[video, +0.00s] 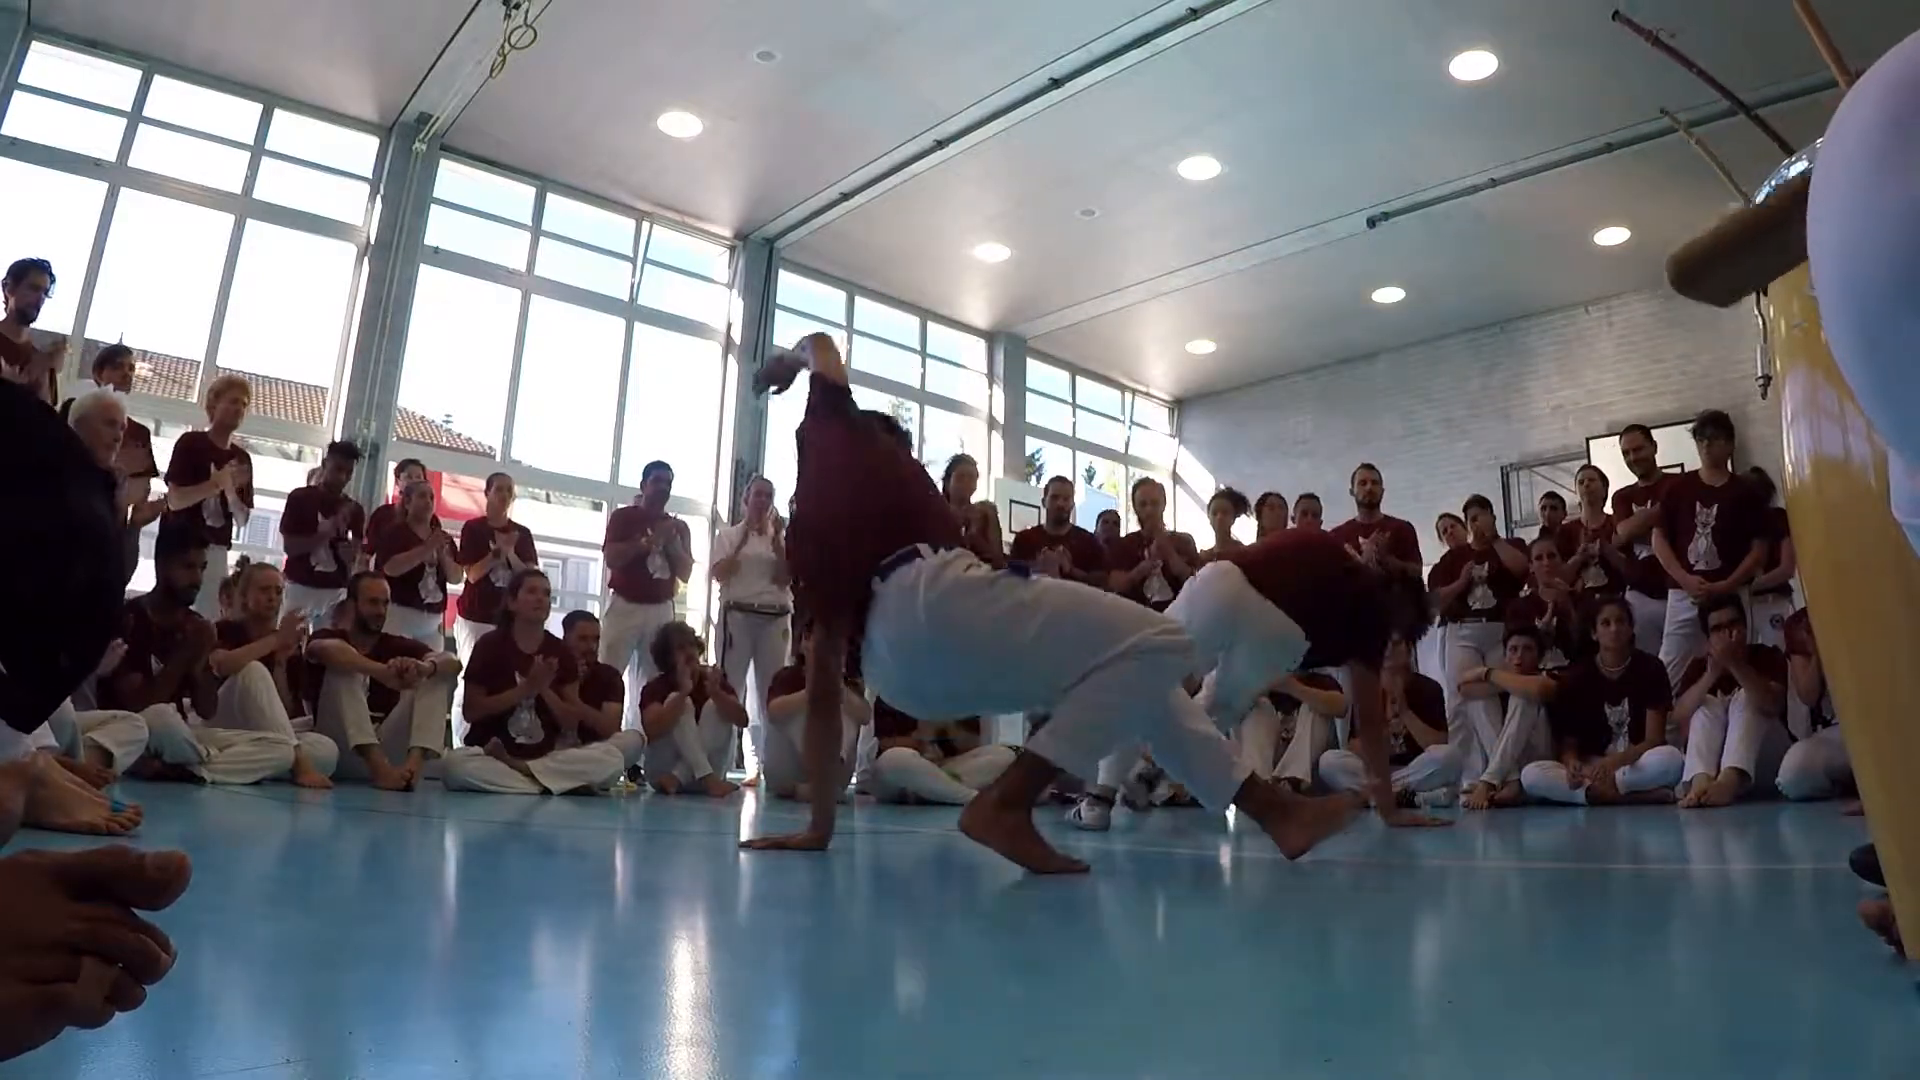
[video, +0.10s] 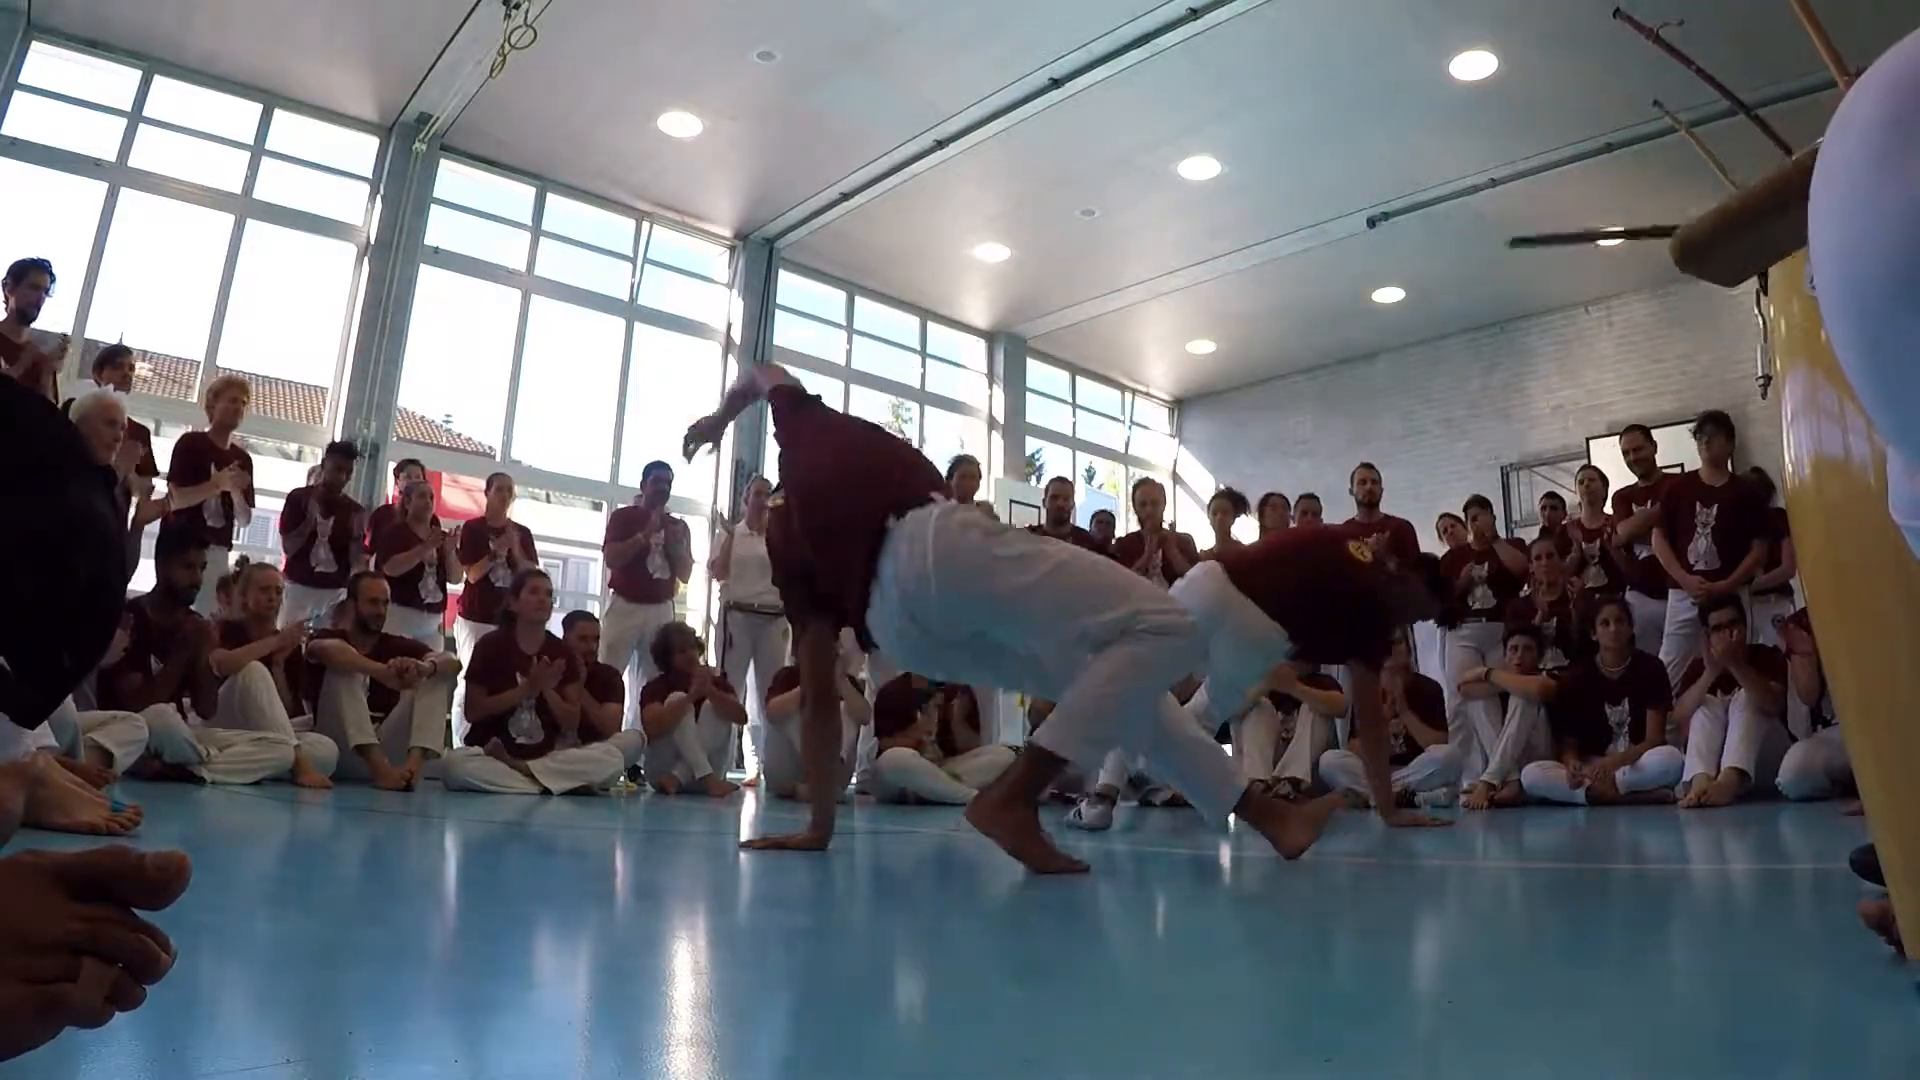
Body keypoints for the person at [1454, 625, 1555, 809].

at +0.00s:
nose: (1519, 656)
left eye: (1527, 650)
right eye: (1513, 649)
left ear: (1539, 655)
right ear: (1506, 655)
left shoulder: (1550, 677)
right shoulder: (1502, 678)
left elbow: (1539, 690)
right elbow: (1465, 688)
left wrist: (1488, 673)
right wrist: (1515, 682)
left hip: (1543, 759)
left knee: (1524, 692)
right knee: (1477, 695)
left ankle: (1490, 779)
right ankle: (1510, 780)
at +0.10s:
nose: (1519, 656)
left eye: (1527, 650)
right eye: (1513, 649)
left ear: (1539, 655)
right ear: (1506, 655)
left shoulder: (1550, 677)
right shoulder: (1501, 677)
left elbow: (1539, 691)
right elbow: (1465, 688)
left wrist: (1488, 673)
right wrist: (1515, 682)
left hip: (1543, 759)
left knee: (1524, 693)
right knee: (1477, 695)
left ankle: (1490, 780)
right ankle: (1510, 780)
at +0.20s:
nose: (1520, 655)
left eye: (1528, 649)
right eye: (1514, 649)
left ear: (1539, 655)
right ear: (1506, 655)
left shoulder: (1550, 677)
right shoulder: (1501, 678)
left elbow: (1541, 691)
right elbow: (1465, 688)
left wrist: (1488, 673)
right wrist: (1515, 681)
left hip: (1543, 759)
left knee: (1524, 692)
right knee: (1477, 696)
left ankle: (1490, 779)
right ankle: (1510, 780)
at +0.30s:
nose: (1520, 655)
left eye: (1528, 649)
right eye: (1514, 649)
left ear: (1539, 654)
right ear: (1506, 655)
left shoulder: (1551, 675)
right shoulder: (1502, 678)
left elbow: (1541, 690)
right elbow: (1465, 689)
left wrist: (1488, 673)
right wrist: (1515, 681)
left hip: (1543, 759)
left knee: (1524, 691)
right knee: (1477, 696)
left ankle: (1490, 780)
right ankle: (1510, 780)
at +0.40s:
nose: (1519, 655)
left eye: (1527, 649)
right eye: (1513, 649)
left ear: (1539, 654)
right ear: (1506, 654)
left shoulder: (1550, 676)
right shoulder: (1500, 678)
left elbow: (1540, 690)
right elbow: (1465, 689)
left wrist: (1488, 673)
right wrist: (1515, 681)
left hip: (1543, 759)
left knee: (1524, 693)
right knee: (1477, 696)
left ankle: (1489, 780)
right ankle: (1510, 780)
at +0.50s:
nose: (1517, 654)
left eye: (1525, 648)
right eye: (1512, 648)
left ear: (1537, 655)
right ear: (1504, 654)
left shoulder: (1548, 677)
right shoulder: (1498, 679)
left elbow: (1540, 691)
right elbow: (1465, 689)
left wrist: (1488, 673)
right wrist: (1514, 682)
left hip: (1541, 760)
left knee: (1524, 694)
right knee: (1477, 696)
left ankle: (1489, 780)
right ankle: (1510, 780)